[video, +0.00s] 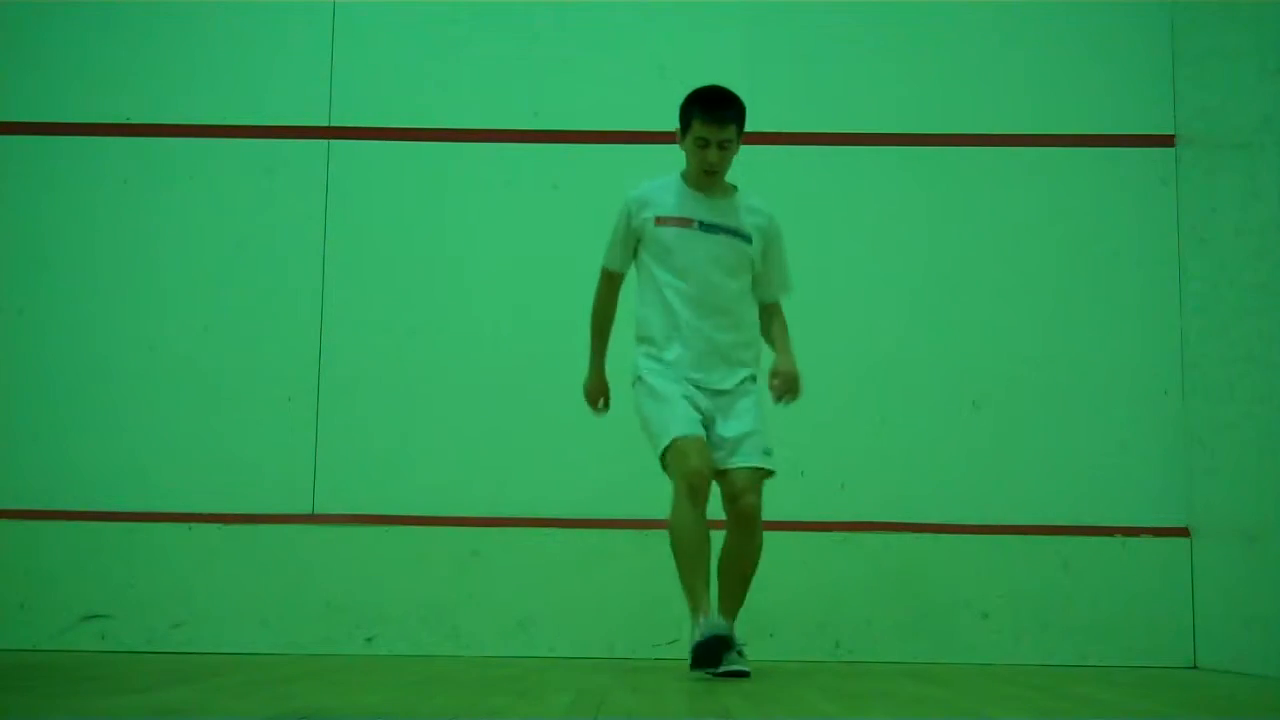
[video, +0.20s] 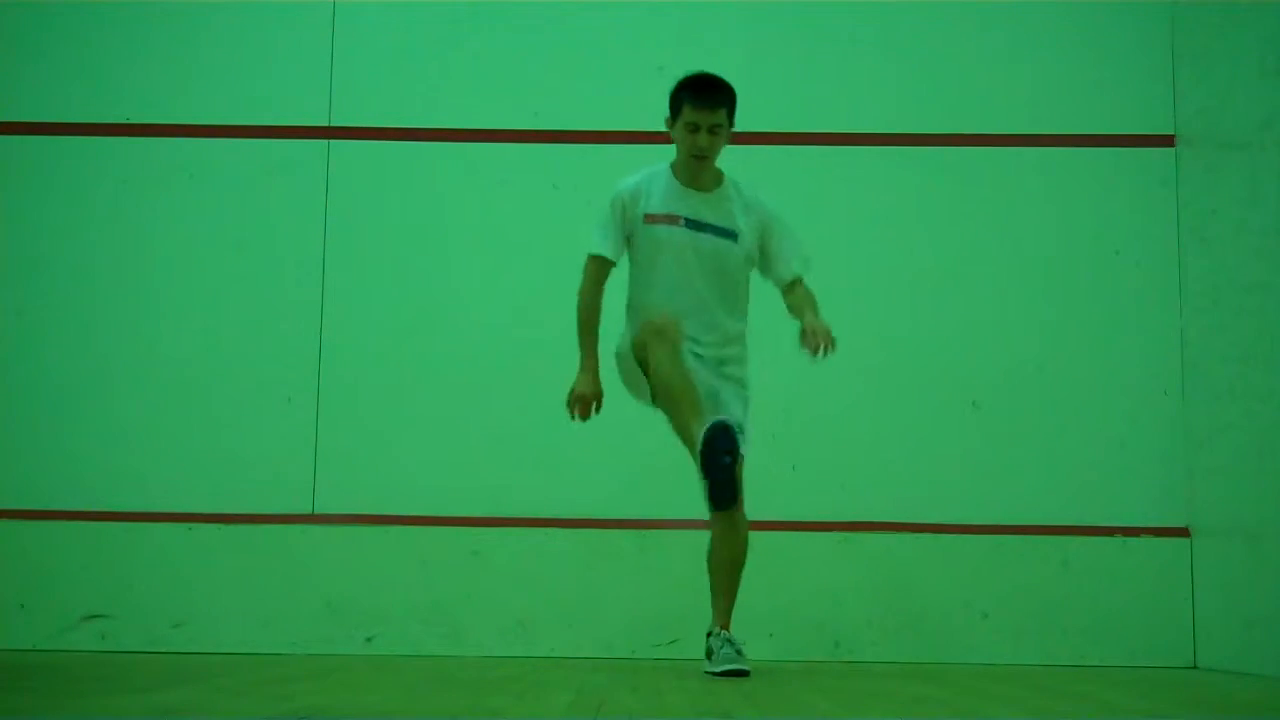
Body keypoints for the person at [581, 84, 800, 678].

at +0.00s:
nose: (713, 158)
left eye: (725, 146)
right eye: (702, 144)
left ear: (739, 145)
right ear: (681, 140)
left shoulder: (759, 222)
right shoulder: (644, 204)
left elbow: (770, 304)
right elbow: (608, 284)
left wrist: (784, 356)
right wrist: (596, 366)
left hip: (737, 380)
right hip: (664, 373)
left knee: (747, 498)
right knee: (695, 472)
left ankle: (724, 635)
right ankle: (703, 624)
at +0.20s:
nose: (703, 140)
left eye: (715, 129)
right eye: (693, 127)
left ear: (729, 133)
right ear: (672, 127)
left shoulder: (752, 212)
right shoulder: (634, 197)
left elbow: (792, 282)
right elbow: (594, 277)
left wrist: (811, 318)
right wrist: (587, 367)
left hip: (722, 368)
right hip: (651, 362)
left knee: (727, 495)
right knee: (659, 326)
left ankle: (721, 633)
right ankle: (709, 458)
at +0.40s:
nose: (680, 114)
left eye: (692, 104)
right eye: (670, 102)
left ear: (705, 110)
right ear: (649, 104)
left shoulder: (734, 191)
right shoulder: (609, 181)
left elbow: (760, 268)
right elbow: (584, 264)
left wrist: (770, 321)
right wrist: (582, 344)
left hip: (704, 362)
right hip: (630, 356)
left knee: (715, 497)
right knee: (606, 453)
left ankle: (721, 631)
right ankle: (637, 592)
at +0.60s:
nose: (654, 124)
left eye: (666, 113)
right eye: (644, 111)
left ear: (681, 116)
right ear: (621, 109)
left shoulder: (702, 195)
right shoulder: (581, 180)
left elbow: (731, 278)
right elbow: (533, 247)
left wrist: (748, 345)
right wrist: (518, 334)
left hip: (669, 361)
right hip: (599, 364)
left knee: (652, 457)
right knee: (602, 499)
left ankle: (684, 590)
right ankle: (636, 629)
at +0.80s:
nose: (636, 127)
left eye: (647, 115)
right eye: (625, 113)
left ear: (658, 112)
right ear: (598, 104)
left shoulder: (672, 182)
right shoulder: (553, 151)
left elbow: (718, 262)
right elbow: (478, 188)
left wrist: (727, 332)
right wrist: (440, 269)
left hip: (640, 344)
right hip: (573, 346)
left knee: (605, 459)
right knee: (544, 465)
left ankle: (578, 621)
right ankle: (640, 576)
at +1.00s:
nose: (617, 194)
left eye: (628, 182)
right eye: (606, 181)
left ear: (640, 173)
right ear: (578, 163)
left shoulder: (645, 244)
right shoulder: (539, 192)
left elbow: (690, 327)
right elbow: (444, 186)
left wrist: (724, 413)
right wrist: (347, 210)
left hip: (619, 385)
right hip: (561, 392)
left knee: (560, 475)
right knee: (507, 488)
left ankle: (567, 638)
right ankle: (649, 521)